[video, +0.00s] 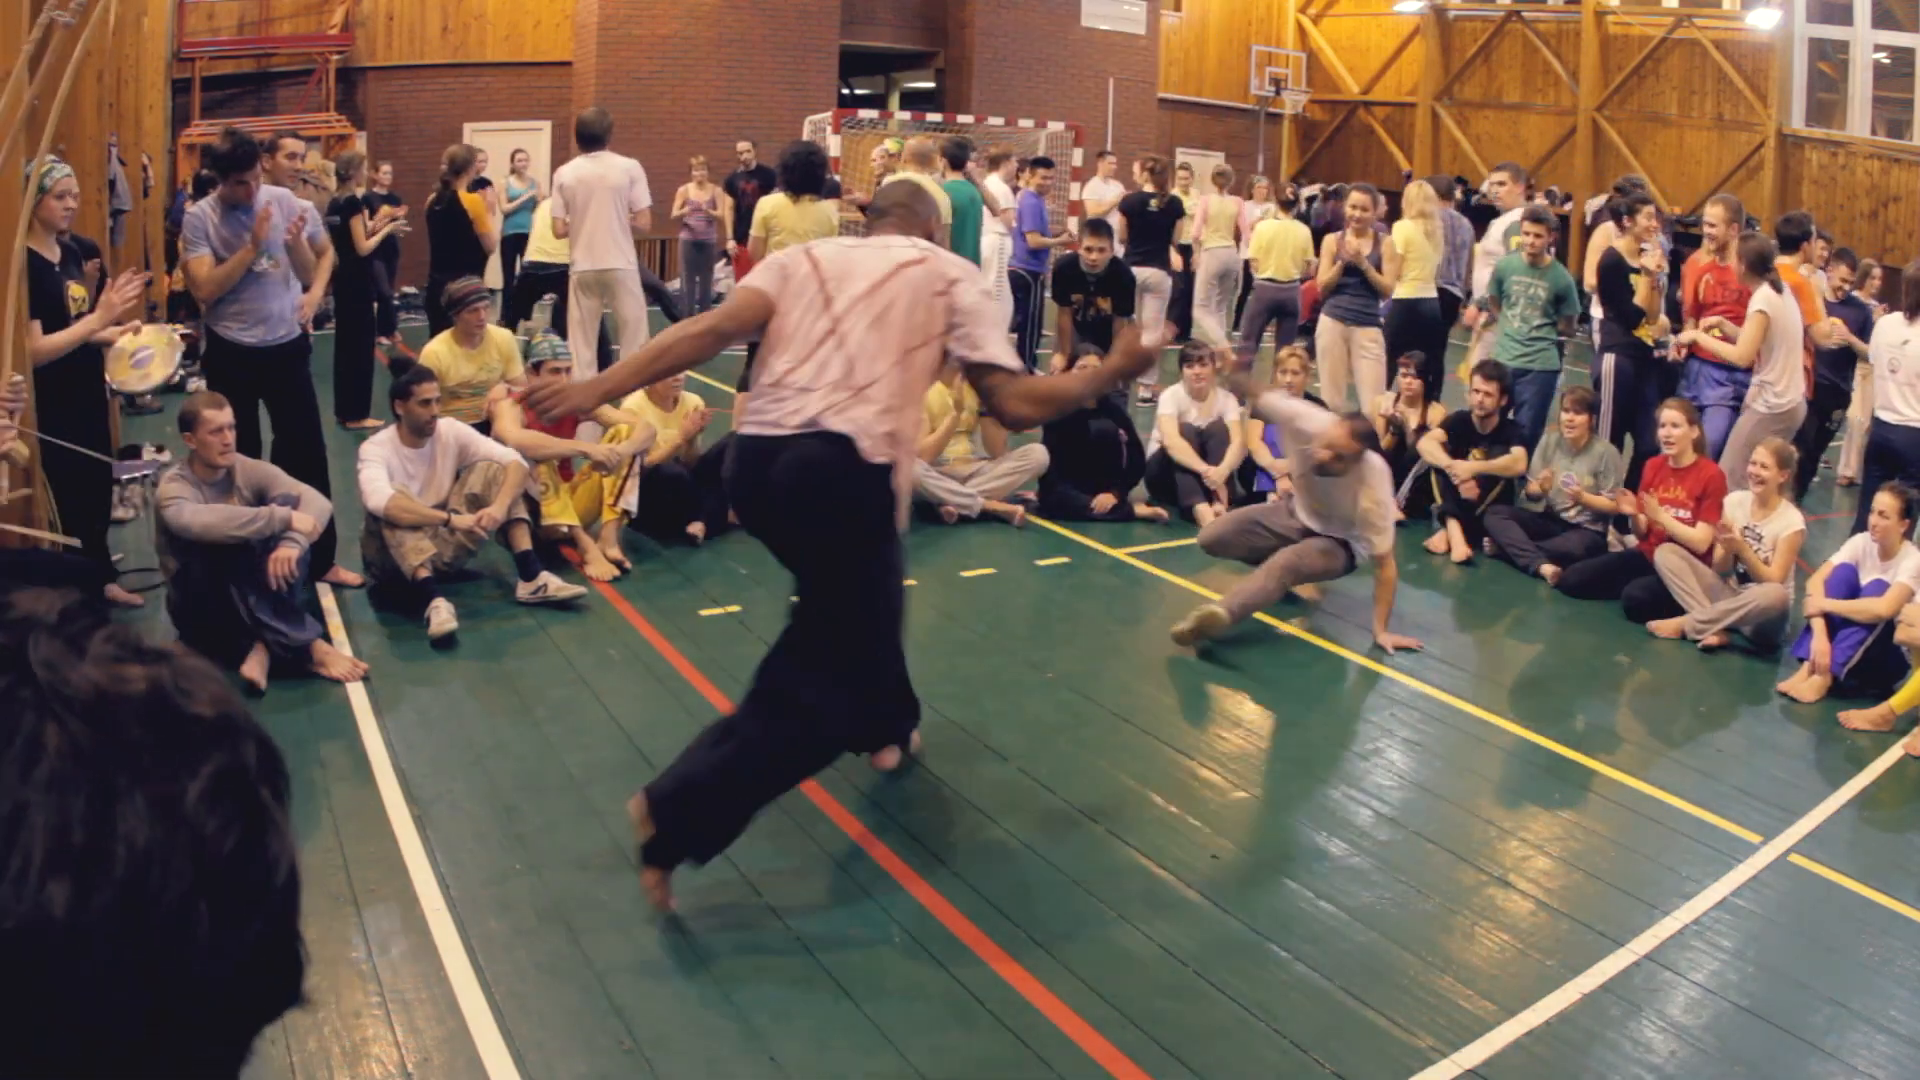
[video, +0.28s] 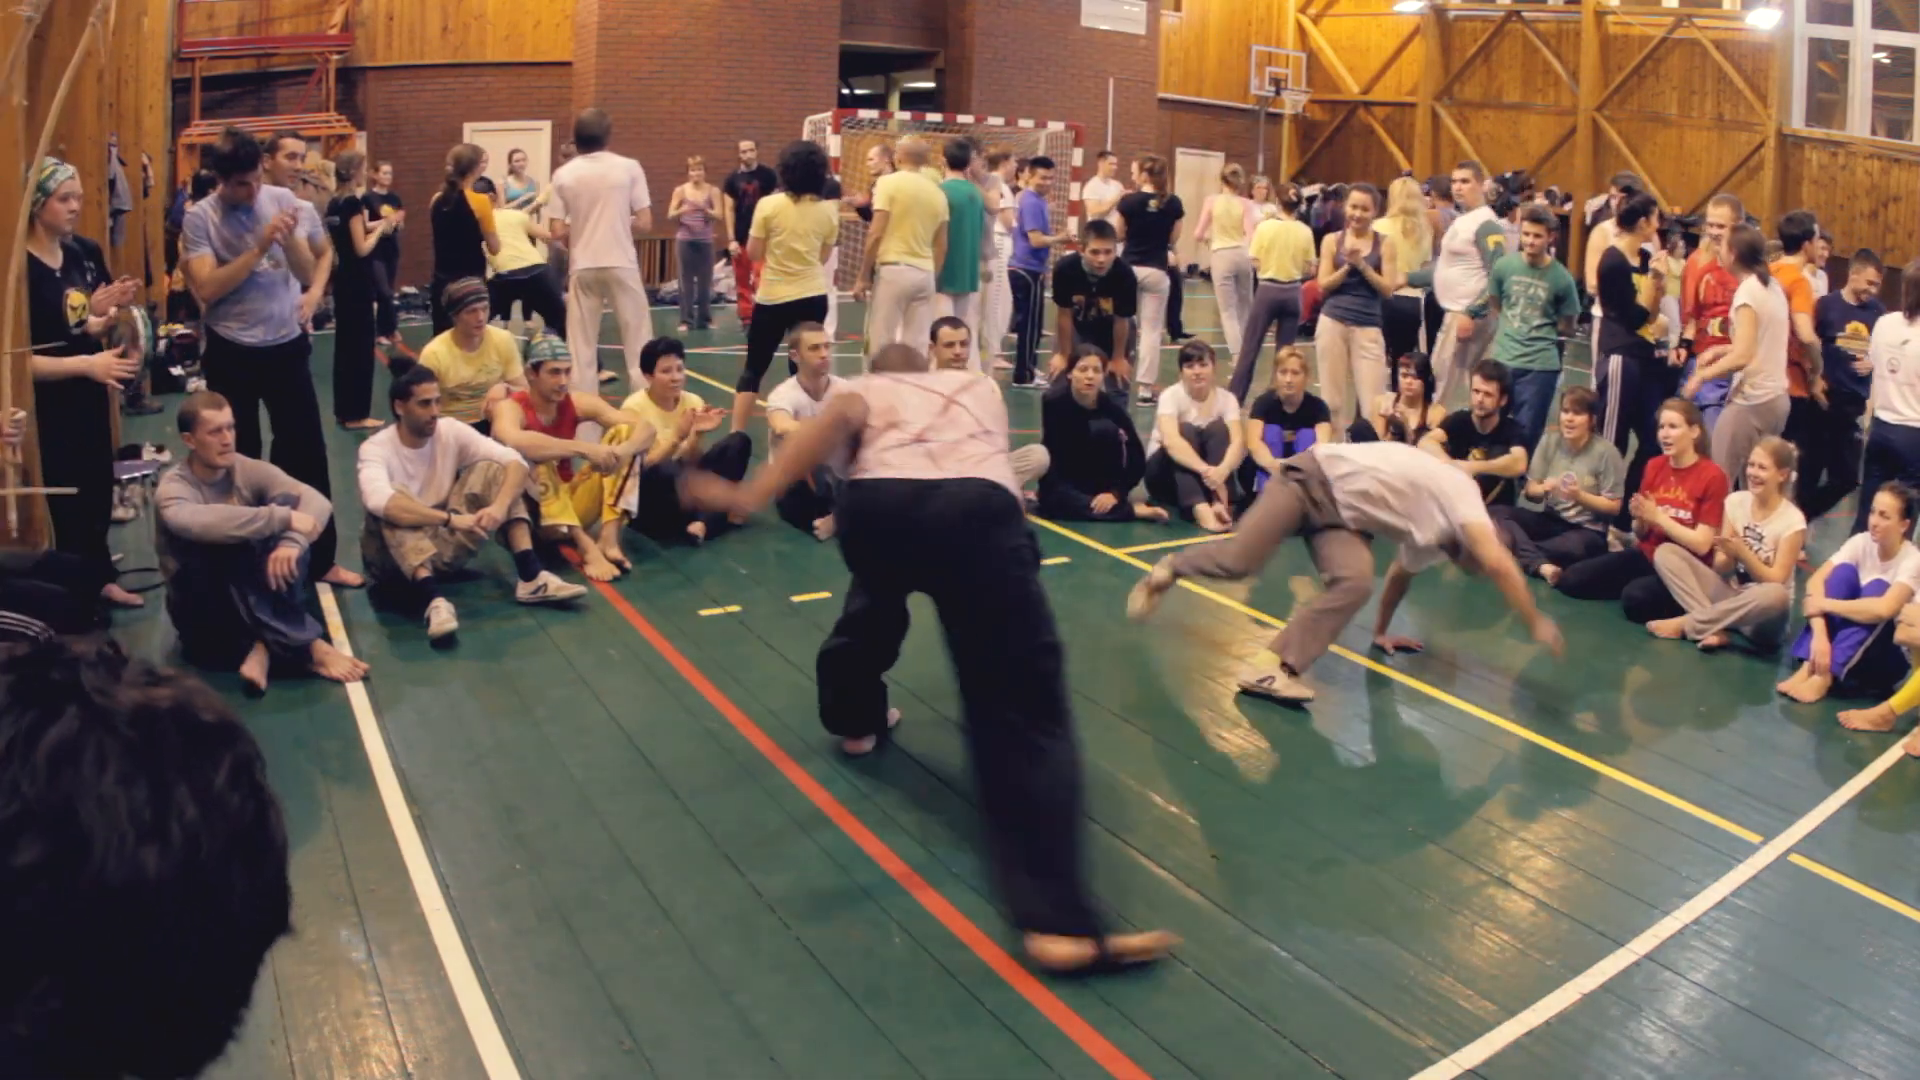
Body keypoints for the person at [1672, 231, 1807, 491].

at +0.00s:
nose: (1733, 266)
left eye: (1735, 260)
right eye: (1734, 259)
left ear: (1743, 265)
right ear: (1769, 261)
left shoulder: (1763, 299)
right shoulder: (1782, 292)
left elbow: (1742, 357)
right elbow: (1759, 343)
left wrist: (1698, 338)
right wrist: (1724, 325)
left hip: (1769, 406)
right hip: (1790, 402)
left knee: (1730, 474)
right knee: (1768, 474)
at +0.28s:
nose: (1719, 251)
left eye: (1723, 245)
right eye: (1720, 244)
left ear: (1733, 253)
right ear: (1755, 253)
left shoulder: (1747, 292)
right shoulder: (1774, 288)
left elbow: (1742, 355)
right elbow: (1763, 345)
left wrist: (1701, 375)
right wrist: (1723, 351)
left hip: (1750, 400)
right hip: (1777, 395)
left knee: (1718, 480)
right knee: (1759, 482)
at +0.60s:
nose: (1716, 247)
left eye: (1720, 241)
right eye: (1717, 240)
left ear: (1731, 248)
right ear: (1752, 249)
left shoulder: (1723, 285)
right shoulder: (1769, 286)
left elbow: (1710, 349)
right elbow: (1775, 346)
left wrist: (1688, 394)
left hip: (1729, 396)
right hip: (1765, 394)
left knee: (1713, 482)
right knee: (1746, 483)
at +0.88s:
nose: (1714, 242)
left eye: (1717, 239)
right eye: (1715, 235)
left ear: (1721, 248)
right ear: (1753, 249)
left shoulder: (1709, 283)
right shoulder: (1769, 288)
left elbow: (1698, 348)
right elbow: (1773, 347)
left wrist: (1680, 396)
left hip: (1718, 394)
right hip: (1758, 394)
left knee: (1709, 478)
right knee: (1746, 478)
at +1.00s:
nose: (1713, 239)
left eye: (1717, 237)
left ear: (1720, 248)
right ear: (1752, 248)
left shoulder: (1707, 284)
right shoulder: (1769, 288)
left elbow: (1694, 349)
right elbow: (1772, 350)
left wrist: (1683, 392)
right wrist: (1755, 377)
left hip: (1714, 392)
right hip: (1755, 392)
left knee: (1708, 477)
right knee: (1744, 477)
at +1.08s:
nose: (1711, 238)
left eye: (1715, 236)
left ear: (1718, 247)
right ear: (1750, 248)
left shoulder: (1705, 283)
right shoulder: (1768, 288)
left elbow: (1690, 345)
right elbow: (1774, 349)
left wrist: (1679, 363)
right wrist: (1752, 368)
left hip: (1713, 390)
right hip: (1753, 391)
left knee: (1708, 477)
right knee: (1744, 476)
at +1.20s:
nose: (1708, 240)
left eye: (1712, 237)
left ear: (1715, 246)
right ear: (1748, 248)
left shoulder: (1703, 282)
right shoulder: (1767, 287)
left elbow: (1676, 333)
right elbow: (1776, 350)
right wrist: (1752, 367)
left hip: (1710, 391)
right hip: (1751, 392)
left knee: (1708, 475)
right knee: (1744, 475)